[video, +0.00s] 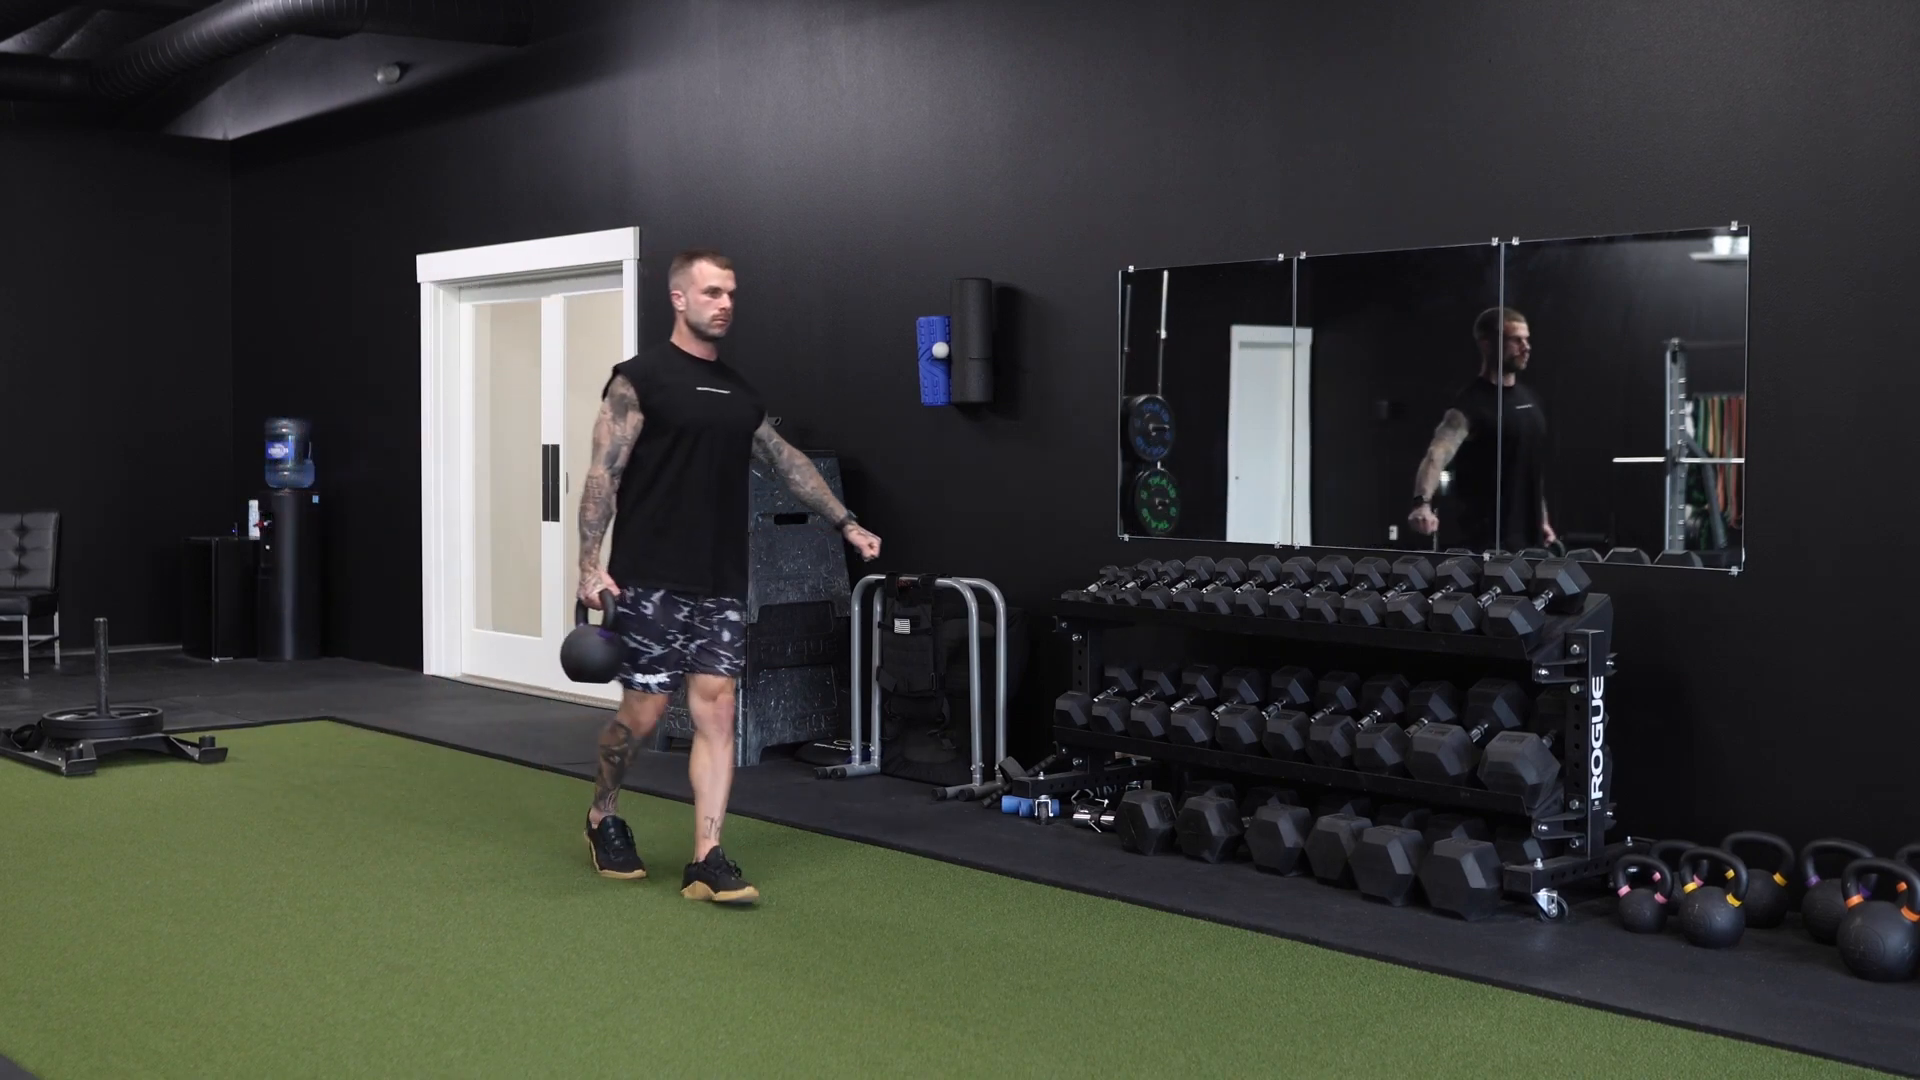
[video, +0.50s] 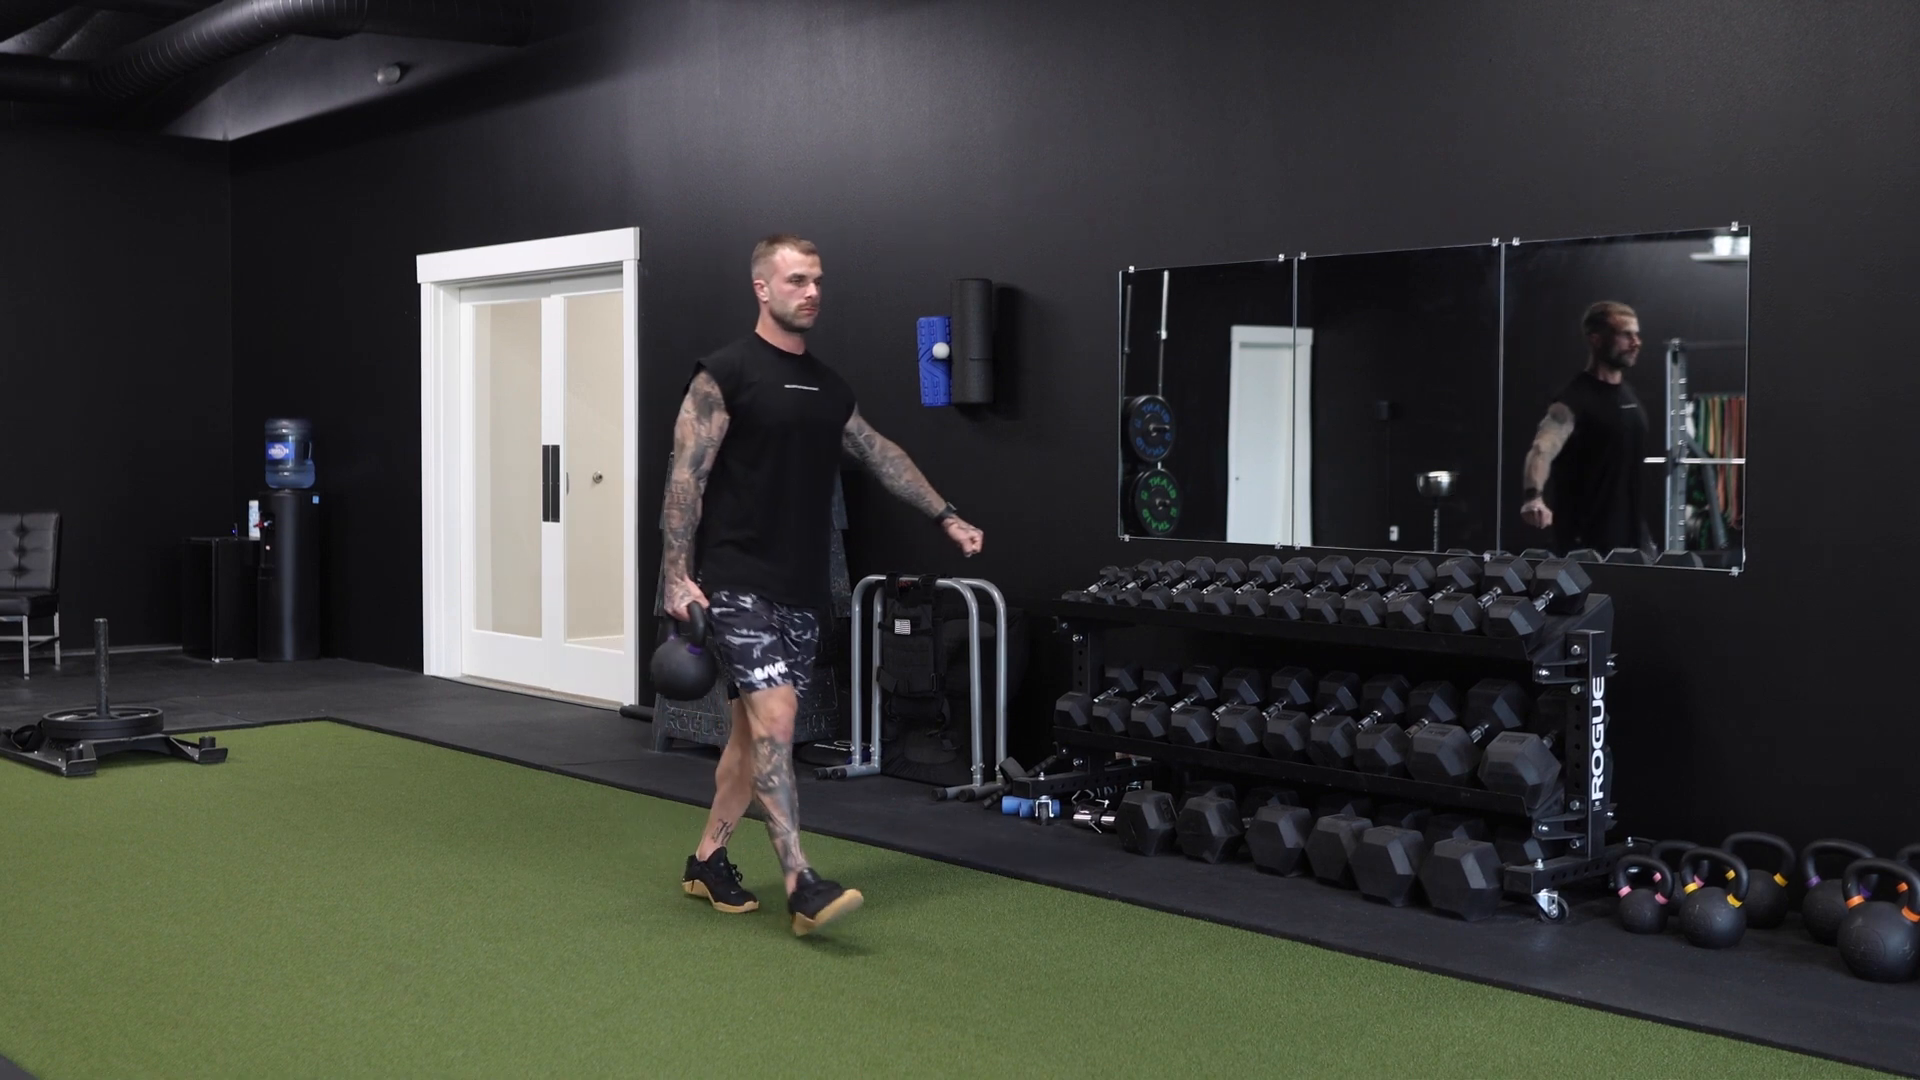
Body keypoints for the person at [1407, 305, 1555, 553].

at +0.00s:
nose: (1525, 347)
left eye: (1527, 340)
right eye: (1515, 340)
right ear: (1486, 344)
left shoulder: (1526, 399)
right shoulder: (1472, 402)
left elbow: (1532, 470)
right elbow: (1436, 455)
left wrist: (1542, 521)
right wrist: (1422, 503)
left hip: (1525, 539)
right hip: (1480, 539)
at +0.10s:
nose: (1547, 345)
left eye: (1548, 338)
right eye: (1537, 338)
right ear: (1509, 343)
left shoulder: (1547, 397)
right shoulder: (1493, 400)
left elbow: (1542, 472)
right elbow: (1459, 454)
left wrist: (1558, 524)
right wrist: (1447, 502)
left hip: (1549, 539)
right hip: (1507, 540)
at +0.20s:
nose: (1569, 344)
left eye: (1570, 336)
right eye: (1559, 336)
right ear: (1530, 341)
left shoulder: (1565, 393)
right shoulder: (1515, 398)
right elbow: (1481, 451)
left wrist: (1583, 530)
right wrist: (1471, 499)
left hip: (1570, 534)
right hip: (1527, 538)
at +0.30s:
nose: (1589, 343)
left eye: (1590, 335)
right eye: (1579, 336)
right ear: (1549, 339)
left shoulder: (1583, 392)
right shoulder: (1533, 398)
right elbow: (1502, 451)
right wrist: (1495, 498)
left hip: (1588, 534)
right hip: (1545, 537)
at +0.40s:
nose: (1611, 342)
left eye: (1612, 334)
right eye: (1601, 334)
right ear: (1571, 338)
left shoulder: (1603, 393)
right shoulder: (1553, 397)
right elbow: (1522, 451)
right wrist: (1515, 497)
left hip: (1608, 532)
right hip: (1565, 536)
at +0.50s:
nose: (1636, 343)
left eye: (1637, 335)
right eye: (1625, 335)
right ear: (1596, 339)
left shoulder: (1626, 395)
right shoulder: (1576, 398)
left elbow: (1626, 475)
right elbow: (1542, 450)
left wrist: (1642, 536)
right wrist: (1532, 496)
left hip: (1627, 536)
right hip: (1582, 537)